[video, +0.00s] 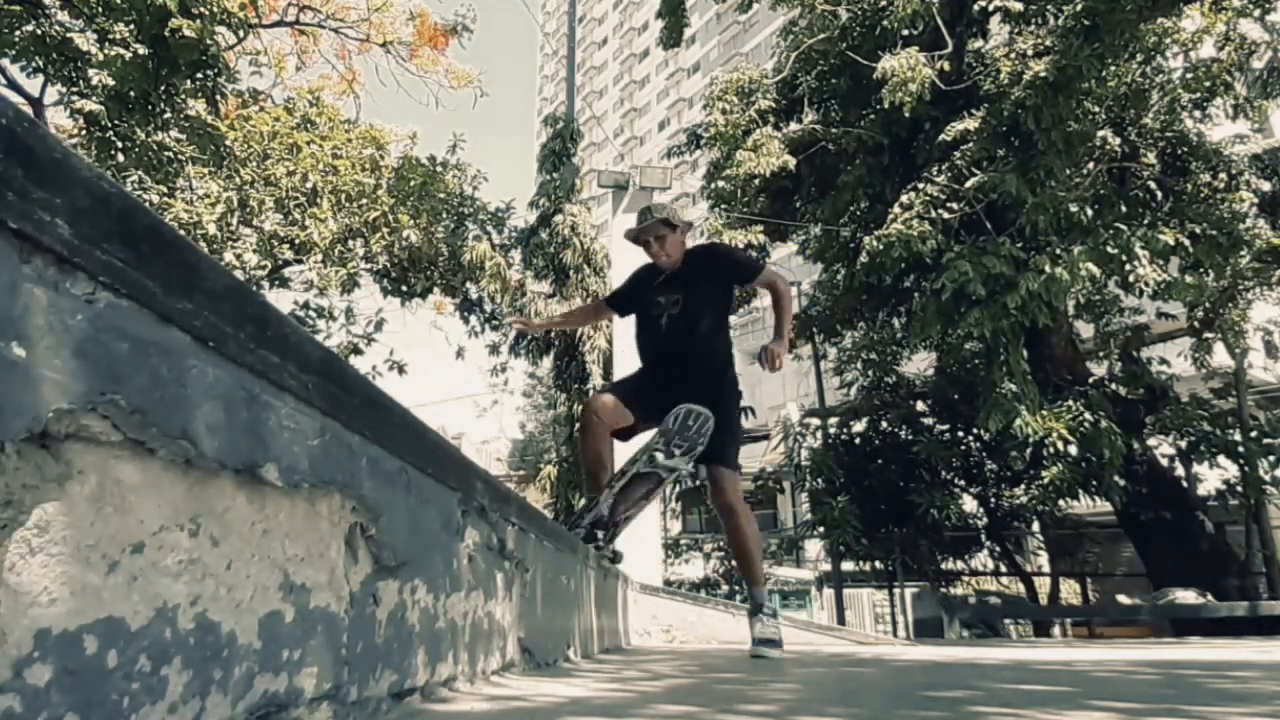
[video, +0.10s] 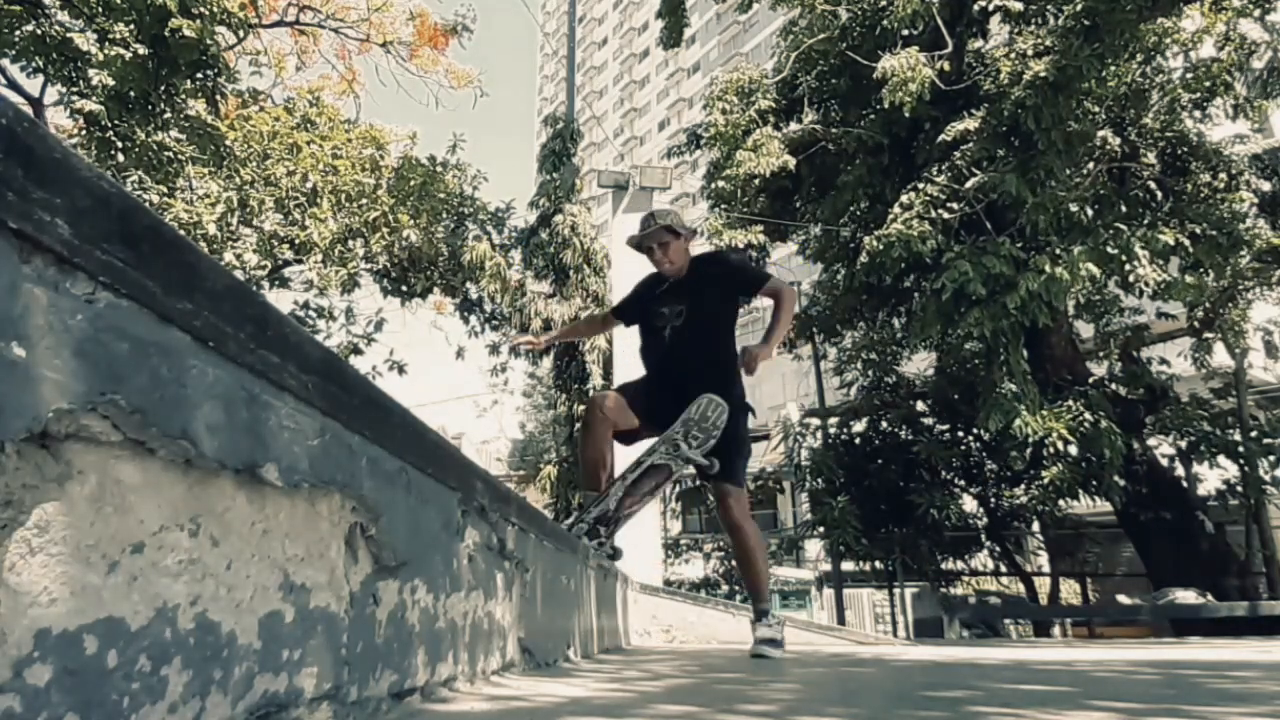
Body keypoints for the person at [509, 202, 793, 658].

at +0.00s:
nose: (654, 249)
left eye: (660, 238)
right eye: (646, 243)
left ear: (681, 233)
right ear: (643, 246)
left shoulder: (716, 260)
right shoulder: (644, 281)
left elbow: (781, 286)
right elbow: (595, 312)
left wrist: (780, 339)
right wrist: (541, 324)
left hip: (713, 388)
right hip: (658, 385)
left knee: (726, 496)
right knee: (596, 412)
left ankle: (761, 607)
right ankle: (597, 520)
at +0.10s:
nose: (657, 256)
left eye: (663, 245)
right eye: (649, 250)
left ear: (685, 240)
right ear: (646, 252)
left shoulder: (721, 269)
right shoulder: (649, 291)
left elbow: (786, 294)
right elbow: (601, 324)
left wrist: (766, 347)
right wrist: (549, 338)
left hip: (720, 401)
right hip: (665, 395)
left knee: (733, 512)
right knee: (600, 410)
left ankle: (764, 618)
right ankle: (593, 520)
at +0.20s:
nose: (664, 266)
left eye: (670, 254)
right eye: (655, 260)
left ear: (691, 245)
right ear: (651, 261)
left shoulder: (725, 274)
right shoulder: (657, 300)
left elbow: (787, 305)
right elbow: (615, 337)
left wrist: (725, 329)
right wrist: (568, 368)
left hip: (725, 413)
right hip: (672, 404)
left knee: (728, 508)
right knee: (612, 397)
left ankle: (763, 620)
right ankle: (587, 510)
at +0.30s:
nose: (668, 264)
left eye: (674, 251)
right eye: (659, 257)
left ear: (695, 244)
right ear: (655, 259)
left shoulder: (725, 269)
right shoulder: (658, 296)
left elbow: (772, 293)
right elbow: (621, 337)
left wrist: (702, 306)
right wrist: (580, 369)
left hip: (725, 412)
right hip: (673, 402)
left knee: (730, 516)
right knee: (617, 393)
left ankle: (763, 619)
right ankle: (583, 502)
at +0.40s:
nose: (661, 237)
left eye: (668, 227)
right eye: (657, 230)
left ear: (689, 222)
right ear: (658, 231)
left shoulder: (724, 251)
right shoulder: (659, 266)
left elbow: (751, 236)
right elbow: (633, 315)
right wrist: (601, 362)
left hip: (719, 389)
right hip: (668, 375)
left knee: (723, 507)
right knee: (616, 385)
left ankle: (760, 614)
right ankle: (581, 500)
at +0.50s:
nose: (661, 219)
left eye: (667, 209)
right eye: (654, 211)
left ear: (686, 204)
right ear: (651, 214)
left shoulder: (719, 231)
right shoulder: (654, 248)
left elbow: (747, 198)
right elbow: (634, 299)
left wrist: (692, 189)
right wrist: (610, 349)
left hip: (716, 371)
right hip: (664, 359)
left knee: (722, 493)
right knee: (619, 384)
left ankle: (753, 605)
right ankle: (583, 496)